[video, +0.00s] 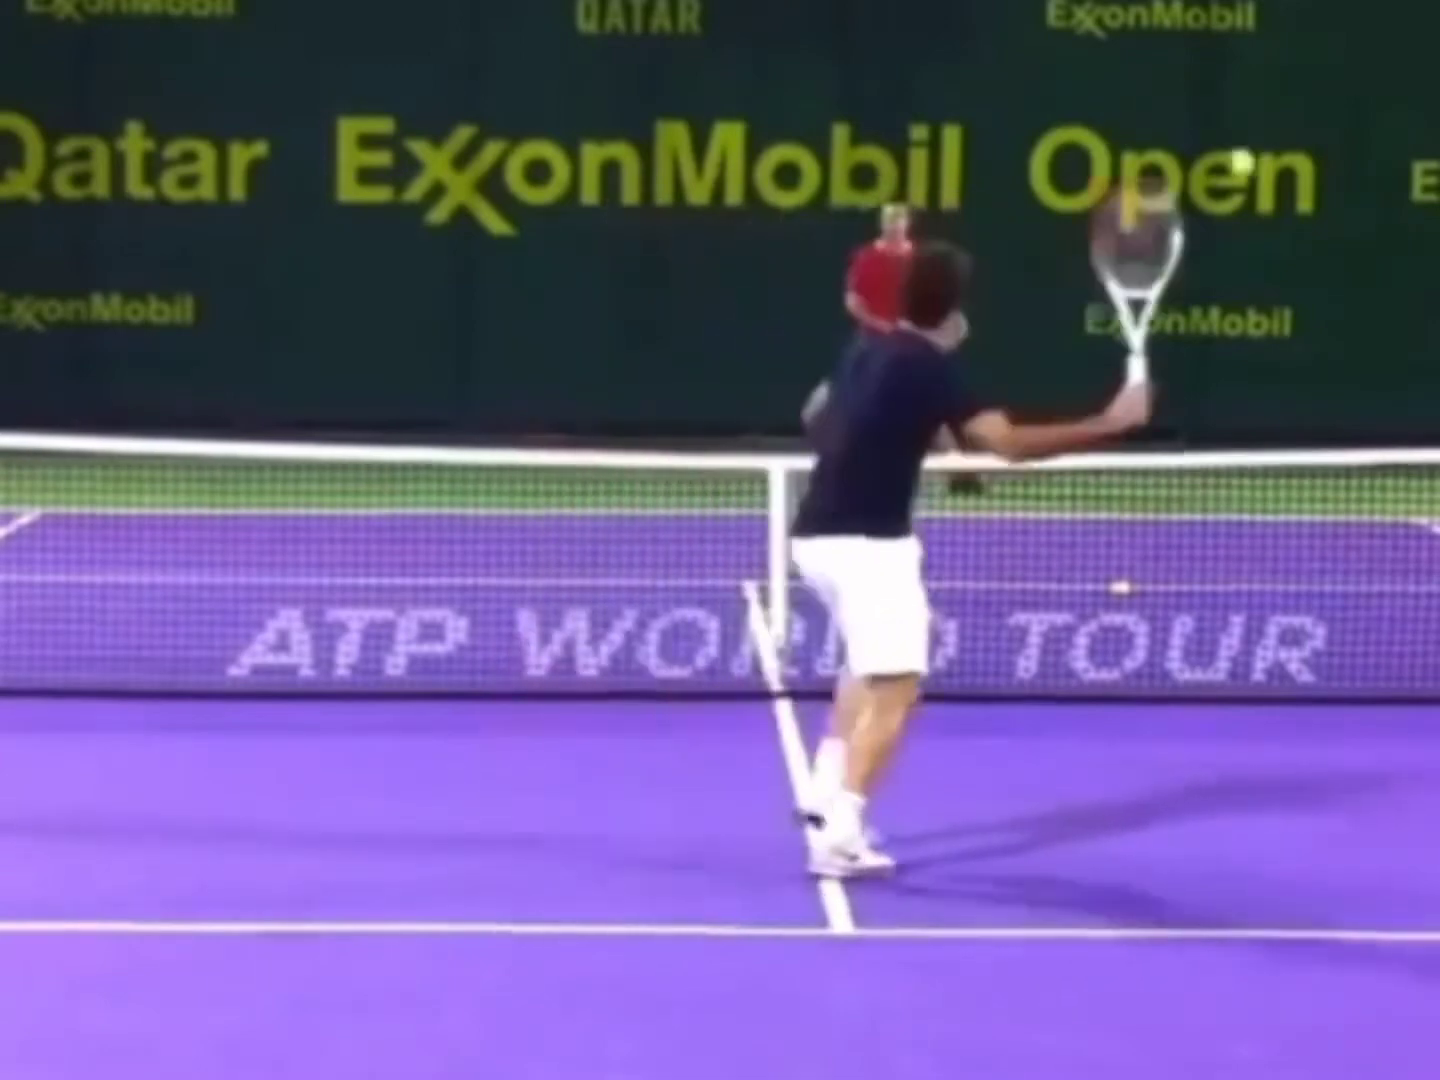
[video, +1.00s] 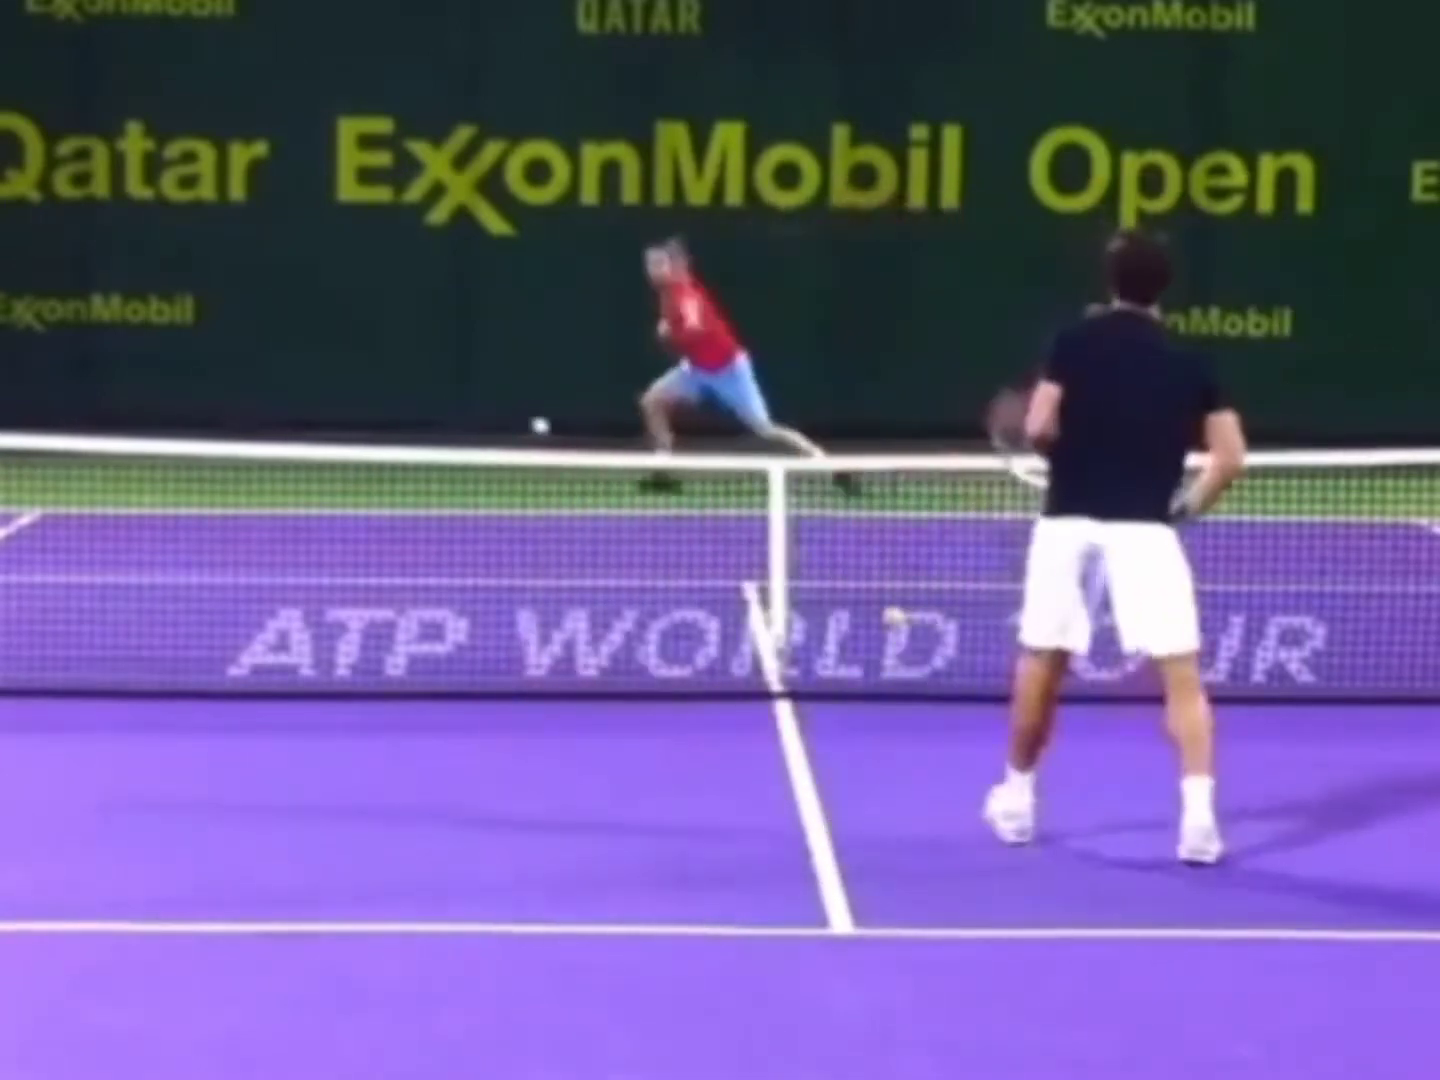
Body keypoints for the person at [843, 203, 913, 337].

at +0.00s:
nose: (896, 228)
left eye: (900, 223)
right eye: (892, 223)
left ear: (906, 224)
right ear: (883, 225)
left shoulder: (913, 255)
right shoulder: (867, 256)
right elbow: (852, 298)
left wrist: (909, 322)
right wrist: (880, 323)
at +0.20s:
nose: (867, 212)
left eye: (872, 205)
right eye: (862, 205)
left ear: (880, 209)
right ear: (855, 210)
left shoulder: (895, 244)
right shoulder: (840, 243)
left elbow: (901, 280)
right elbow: (827, 283)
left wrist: (887, 315)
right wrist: (857, 312)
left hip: (884, 332)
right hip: (850, 332)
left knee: (890, 394)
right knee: (848, 393)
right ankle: (839, 450)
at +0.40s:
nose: (856, 216)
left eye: (861, 210)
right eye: (852, 209)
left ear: (869, 215)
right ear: (844, 213)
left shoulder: (882, 250)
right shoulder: (827, 246)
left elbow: (885, 289)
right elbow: (813, 289)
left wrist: (866, 324)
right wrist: (834, 321)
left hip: (864, 336)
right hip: (829, 333)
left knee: (874, 401)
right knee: (810, 394)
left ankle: (883, 459)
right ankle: (790, 449)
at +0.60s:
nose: (826, 243)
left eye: (831, 238)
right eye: (822, 237)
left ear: (840, 243)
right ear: (814, 241)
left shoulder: (849, 276)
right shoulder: (799, 271)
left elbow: (852, 320)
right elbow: (785, 306)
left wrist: (816, 345)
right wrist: (792, 339)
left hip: (838, 357)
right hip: (801, 351)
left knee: (852, 422)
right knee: (769, 398)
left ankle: (883, 467)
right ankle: (753, 455)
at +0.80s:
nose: (750, 254)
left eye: (756, 248)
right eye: (746, 248)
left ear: (767, 251)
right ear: (742, 252)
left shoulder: (774, 282)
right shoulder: (747, 276)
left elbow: (746, 323)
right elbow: (743, 307)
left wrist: (695, 327)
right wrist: (719, 309)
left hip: (796, 363)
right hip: (761, 359)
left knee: (828, 427)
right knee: (718, 397)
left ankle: (877, 465)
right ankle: (689, 457)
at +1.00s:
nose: (654, 272)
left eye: (660, 264)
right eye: (651, 265)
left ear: (677, 265)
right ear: (651, 270)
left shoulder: (686, 293)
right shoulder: (668, 295)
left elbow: (693, 328)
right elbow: (674, 329)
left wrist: (668, 334)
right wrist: (672, 334)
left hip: (730, 367)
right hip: (696, 368)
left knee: (764, 429)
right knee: (651, 402)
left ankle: (826, 463)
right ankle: (664, 466)